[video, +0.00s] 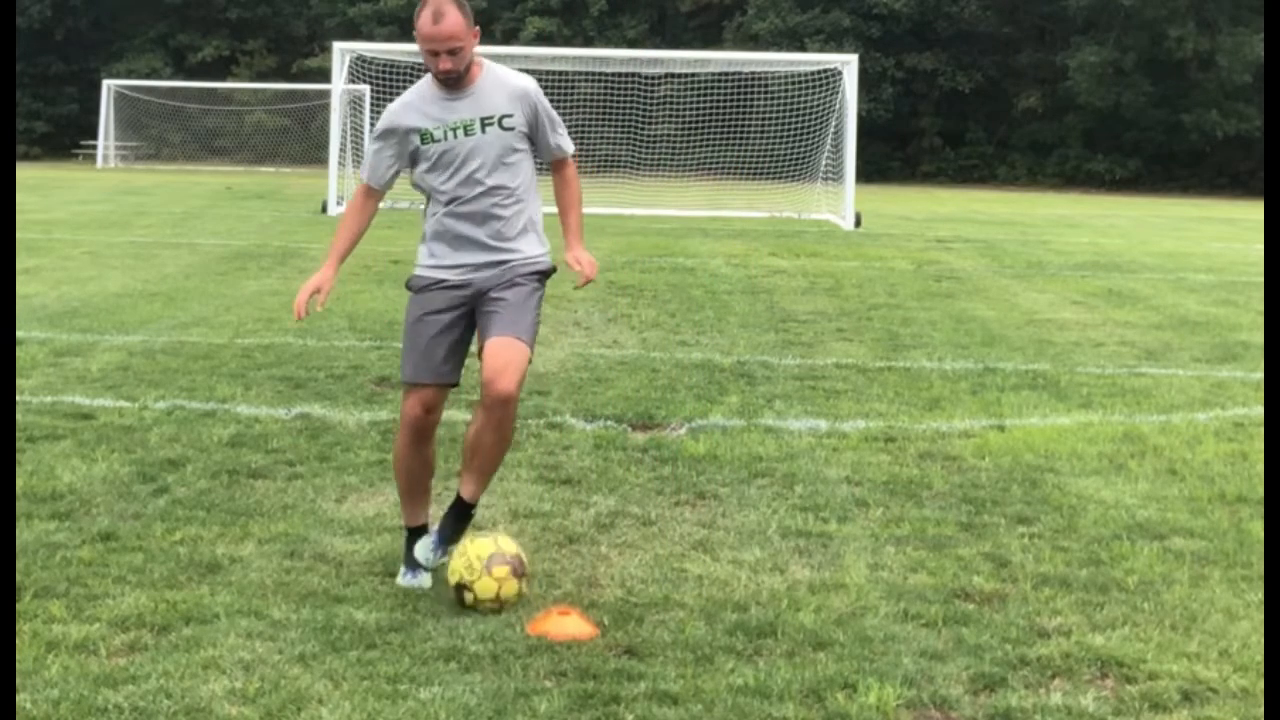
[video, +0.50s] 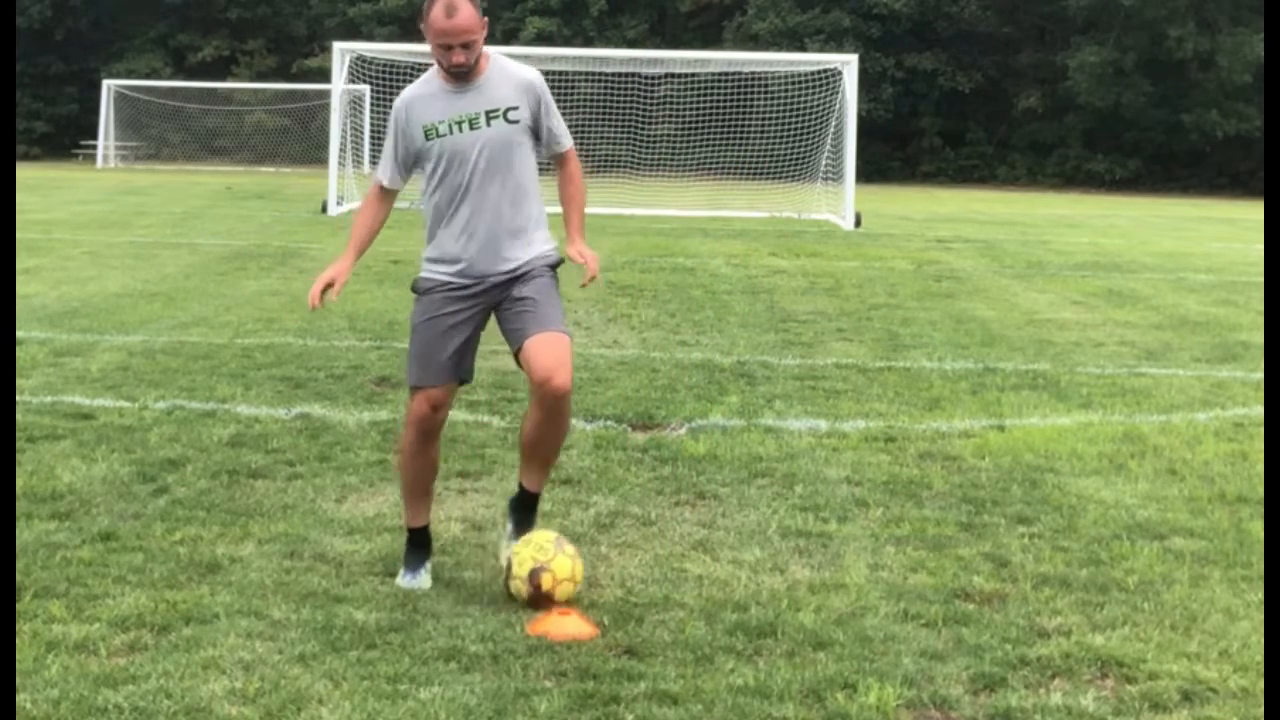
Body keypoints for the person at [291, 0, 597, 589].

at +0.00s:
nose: (443, 64)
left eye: (453, 52)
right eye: (432, 54)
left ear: (475, 35)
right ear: (418, 44)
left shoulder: (519, 92)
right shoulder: (404, 113)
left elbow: (563, 163)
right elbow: (367, 194)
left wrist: (573, 242)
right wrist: (329, 266)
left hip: (516, 268)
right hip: (440, 273)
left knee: (502, 390)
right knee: (420, 411)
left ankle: (454, 526)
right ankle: (415, 548)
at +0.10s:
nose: (444, 72)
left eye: (454, 58)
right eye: (431, 62)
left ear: (474, 43)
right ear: (416, 54)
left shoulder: (516, 99)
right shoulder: (403, 126)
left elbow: (562, 171)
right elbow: (364, 204)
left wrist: (575, 250)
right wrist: (325, 272)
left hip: (515, 277)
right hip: (440, 282)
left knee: (508, 399)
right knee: (414, 419)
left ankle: (462, 536)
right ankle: (417, 549)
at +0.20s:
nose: (443, 74)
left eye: (453, 61)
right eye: (431, 64)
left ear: (474, 46)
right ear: (416, 56)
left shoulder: (516, 102)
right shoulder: (405, 126)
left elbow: (561, 175)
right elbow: (365, 208)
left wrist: (576, 256)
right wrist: (325, 274)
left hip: (515, 282)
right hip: (439, 288)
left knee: (516, 403)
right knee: (411, 418)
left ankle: (467, 545)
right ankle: (415, 551)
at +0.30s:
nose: (448, 73)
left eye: (457, 59)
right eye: (434, 63)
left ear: (476, 44)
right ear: (418, 54)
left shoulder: (517, 99)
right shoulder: (407, 123)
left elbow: (562, 174)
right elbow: (369, 205)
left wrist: (576, 255)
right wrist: (329, 272)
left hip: (517, 281)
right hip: (440, 288)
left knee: (527, 401)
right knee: (411, 419)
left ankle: (484, 538)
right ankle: (414, 550)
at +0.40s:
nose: (450, 67)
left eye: (459, 54)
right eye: (437, 57)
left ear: (479, 36)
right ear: (421, 46)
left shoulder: (520, 93)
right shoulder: (408, 115)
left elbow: (564, 168)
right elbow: (376, 200)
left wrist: (575, 247)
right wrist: (336, 266)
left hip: (521, 275)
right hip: (443, 282)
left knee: (542, 394)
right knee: (418, 416)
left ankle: (502, 529)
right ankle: (415, 549)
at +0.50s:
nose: (458, 57)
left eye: (468, 45)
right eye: (446, 47)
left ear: (484, 30)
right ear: (426, 37)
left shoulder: (524, 84)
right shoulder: (411, 105)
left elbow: (565, 157)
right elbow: (382, 191)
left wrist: (575, 237)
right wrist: (346, 260)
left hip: (527, 265)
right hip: (448, 275)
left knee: (556, 384)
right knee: (427, 407)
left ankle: (524, 514)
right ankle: (417, 546)